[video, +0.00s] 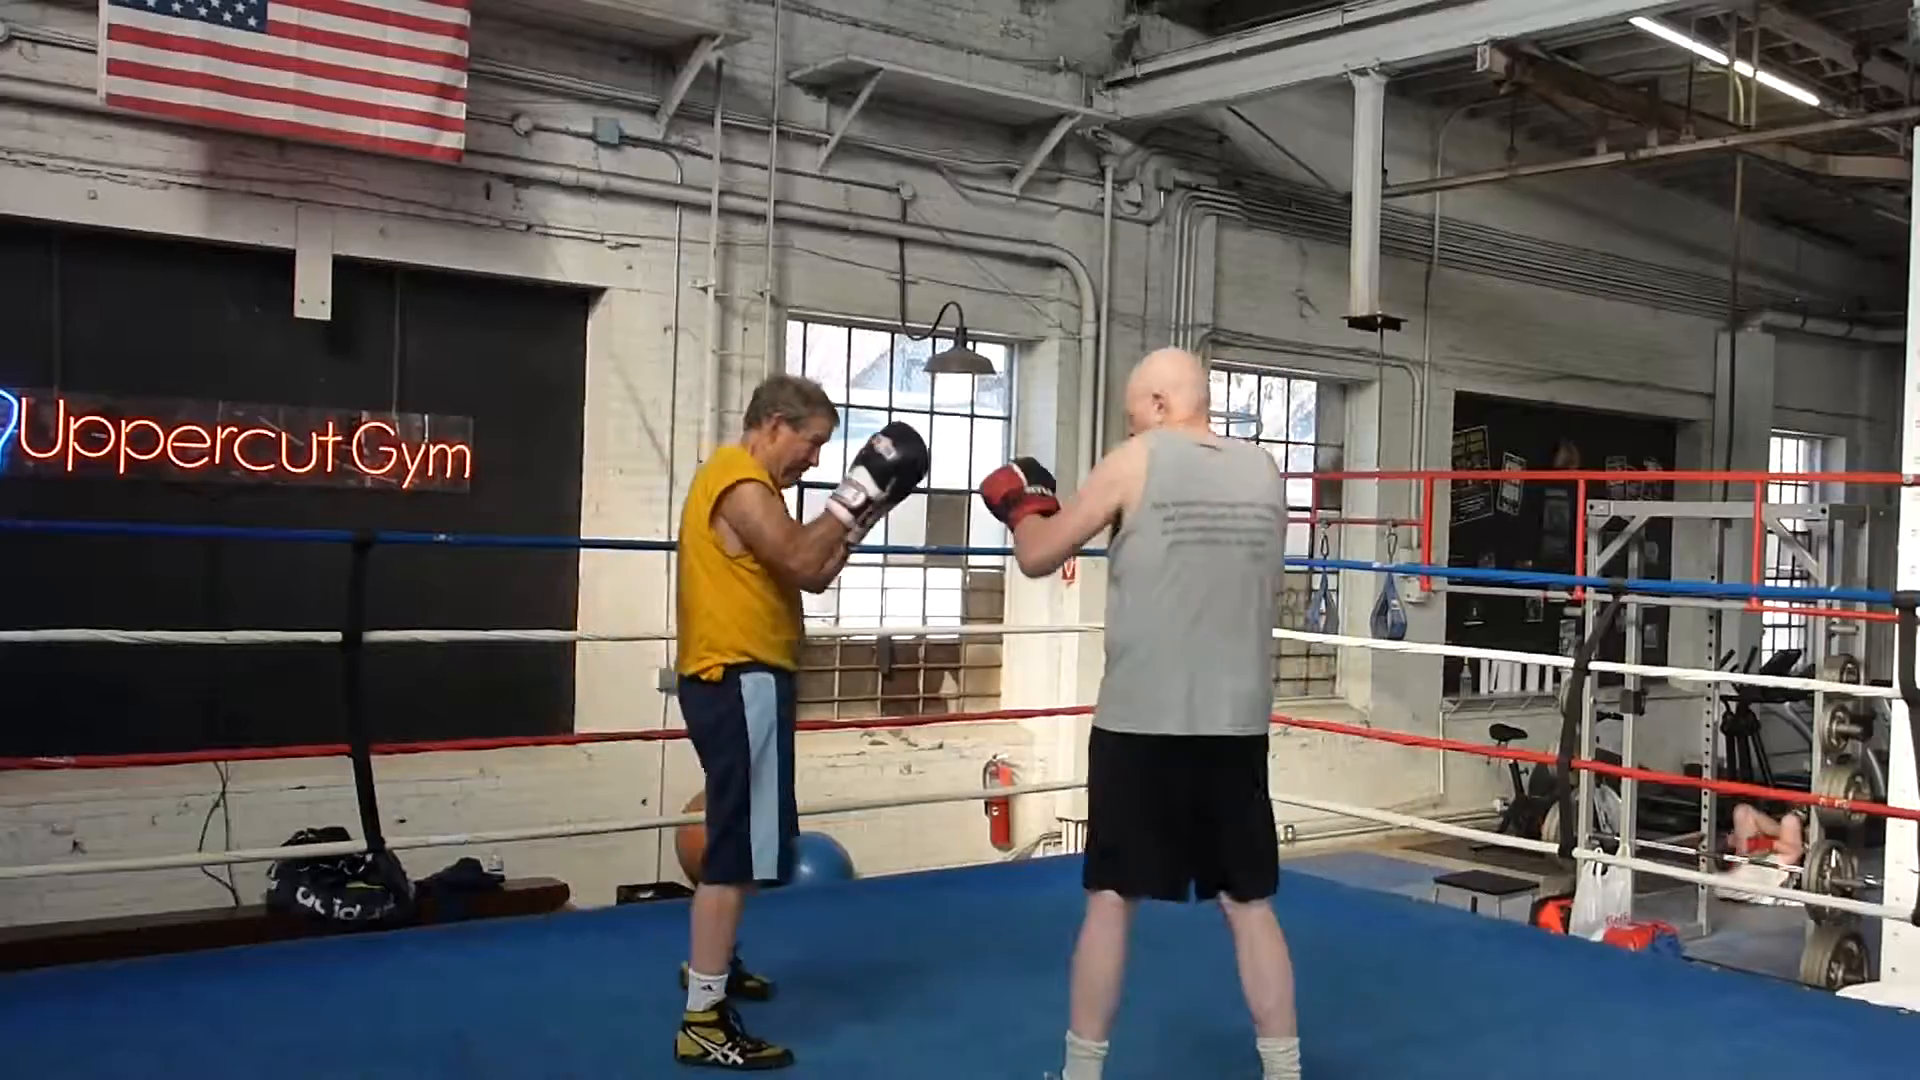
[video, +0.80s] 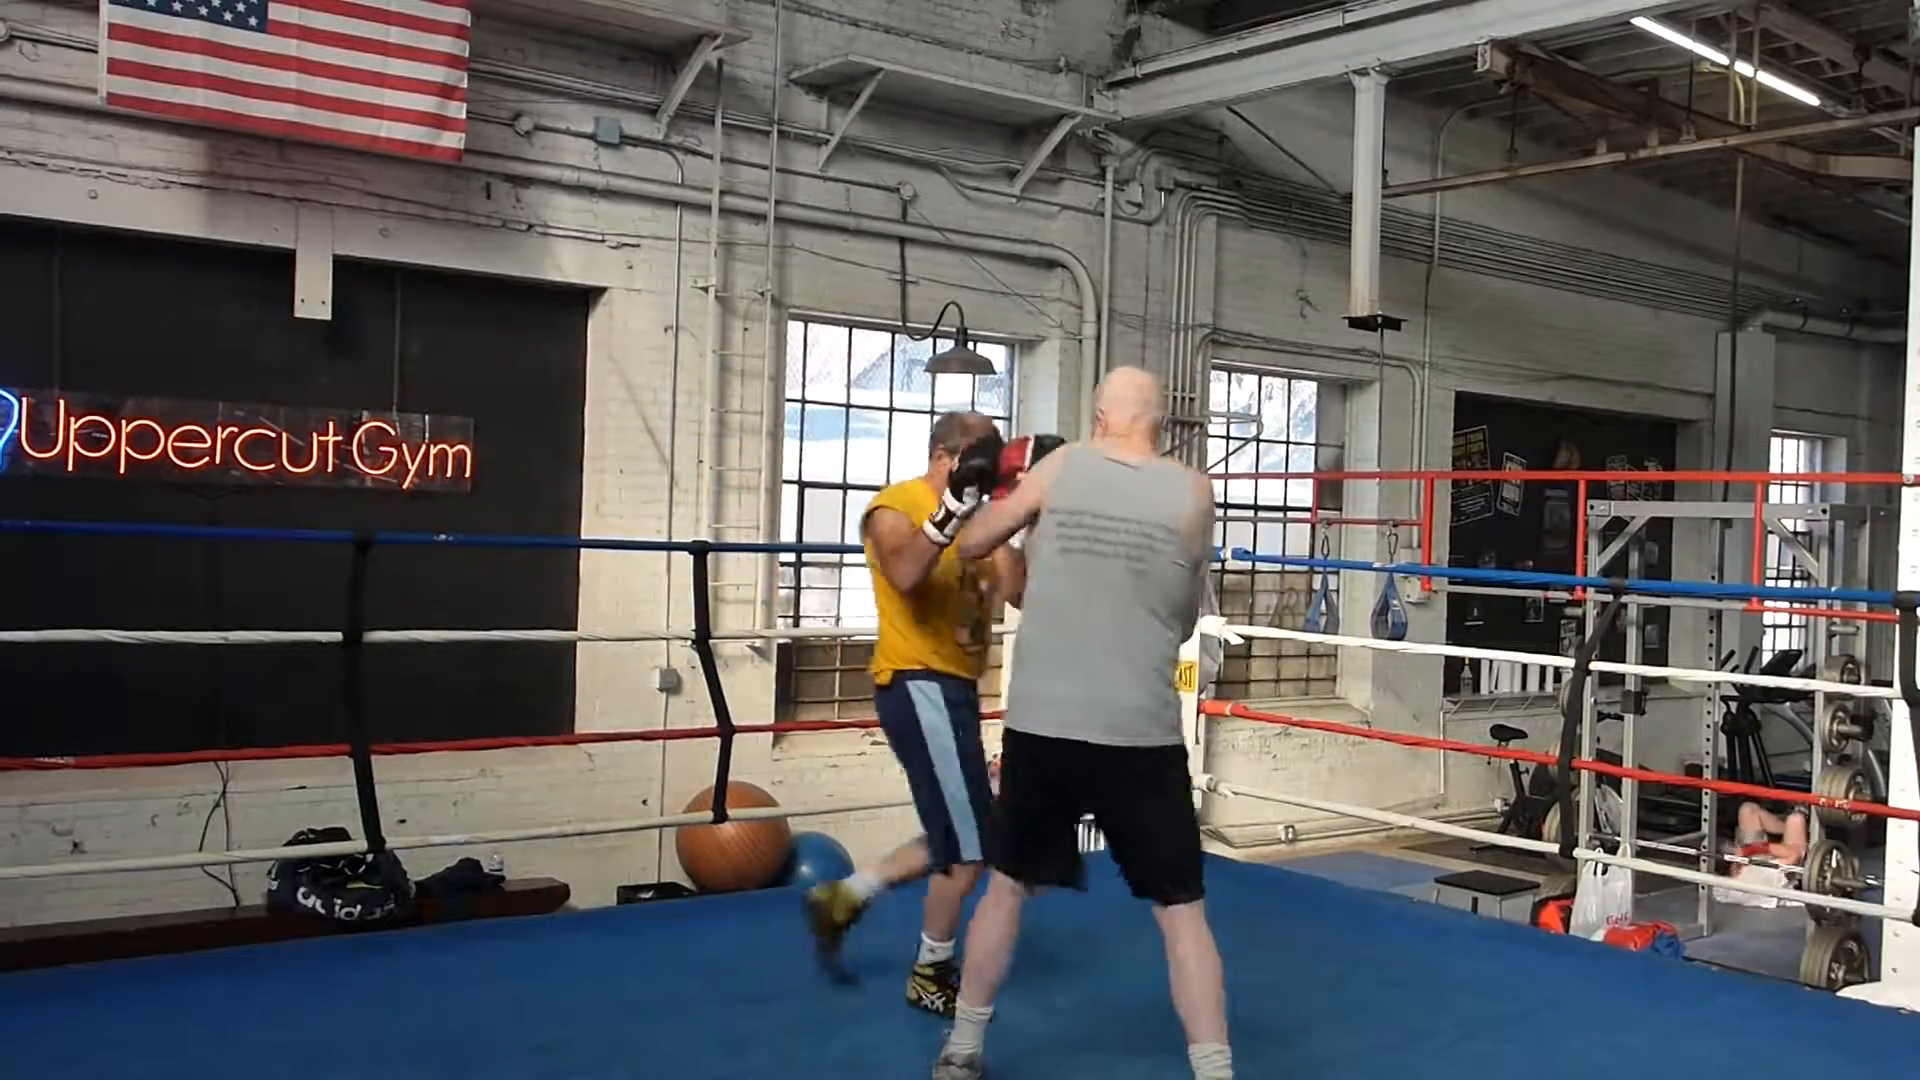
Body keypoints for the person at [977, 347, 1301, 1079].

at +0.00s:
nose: (1130, 425)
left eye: (1131, 413)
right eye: (1128, 415)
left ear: (1158, 403)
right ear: (1204, 403)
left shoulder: (1138, 459)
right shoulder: (1264, 469)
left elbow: (1038, 554)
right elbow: (1207, 559)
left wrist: (1021, 507)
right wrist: (1093, 518)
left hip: (1139, 723)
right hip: (1237, 726)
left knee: (1110, 901)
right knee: (1250, 904)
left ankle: (1081, 1070)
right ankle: (1284, 1071)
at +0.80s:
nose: (1099, 419)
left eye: (1100, 409)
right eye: (1112, 410)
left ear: (1098, 417)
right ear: (1162, 424)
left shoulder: (1061, 465)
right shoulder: (1194, 489)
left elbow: (971, 540)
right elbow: (1184, 612)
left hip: (1042, 725)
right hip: (1142, 735)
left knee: (1005, 891)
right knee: (1183, 913)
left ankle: (963, 1048)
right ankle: (1215, 1072)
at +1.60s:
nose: (1181, 432)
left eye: (1171, 420)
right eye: (1180, 422)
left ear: (1107, 430)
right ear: (1175, 431)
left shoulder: (1070, 485)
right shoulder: (1192, 500)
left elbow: (1081, 597)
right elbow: (1205, 638)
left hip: (1060, 728)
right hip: (1150, 739)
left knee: (1069, 852)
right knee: (1163, 914)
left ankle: (1046, 1018)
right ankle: (1103, 1070)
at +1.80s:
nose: (1197, 445)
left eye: (1194, 432)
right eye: (1198, 434)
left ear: (1128, 429)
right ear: (1186, 437)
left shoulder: (1082, 488)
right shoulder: (1181, 504)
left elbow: (1048, 593)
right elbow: (1201, 639)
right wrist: (1201, 569)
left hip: (1068, 728)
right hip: (1143, 739)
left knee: (1095, 871)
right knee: (1165, 908)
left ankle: (1085, 1013)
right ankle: (1104, 1066)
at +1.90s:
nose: (1205, 452)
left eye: (1206, 440)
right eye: (1205, 438)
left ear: (1138, 429)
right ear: (1191, 438)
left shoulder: (1093, 489)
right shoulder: (1169, 500)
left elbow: (1113, 599)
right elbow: (1187, 636)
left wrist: (1198, 542)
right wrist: (1218, 575)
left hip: (1071, 720)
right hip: (1126, 732)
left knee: (1105, 877)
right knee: (1154, 901)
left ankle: (1092, 1013)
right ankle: (1100, 1065)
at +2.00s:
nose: (1211, 453)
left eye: (1213, 441)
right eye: (1212, 439)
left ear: (1148, 423)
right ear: (1194, 432)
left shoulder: (1104, 483)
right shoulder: (1161, 493)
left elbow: (1133, 596)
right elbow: (1180, 622)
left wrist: (1208, 547)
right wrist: (1220, 558)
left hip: (1076, 710)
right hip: (1115, 721)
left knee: (1106, 878)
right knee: (1133, 890)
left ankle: (1094, 1018)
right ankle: (1085, 1059)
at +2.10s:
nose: (1213, 452)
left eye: (1217, 440)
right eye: (1215, 437)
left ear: (1152, 417)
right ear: (1195, 425)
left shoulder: (1116, 472)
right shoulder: (1158, 482)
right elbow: (1181, 610)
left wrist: (1202, 528)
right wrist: (1233, 543)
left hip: (1080, 703)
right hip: (1109, 712)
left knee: (1098, 872)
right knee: (1128, 880)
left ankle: (1092, 1012)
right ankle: (1055, 1056)